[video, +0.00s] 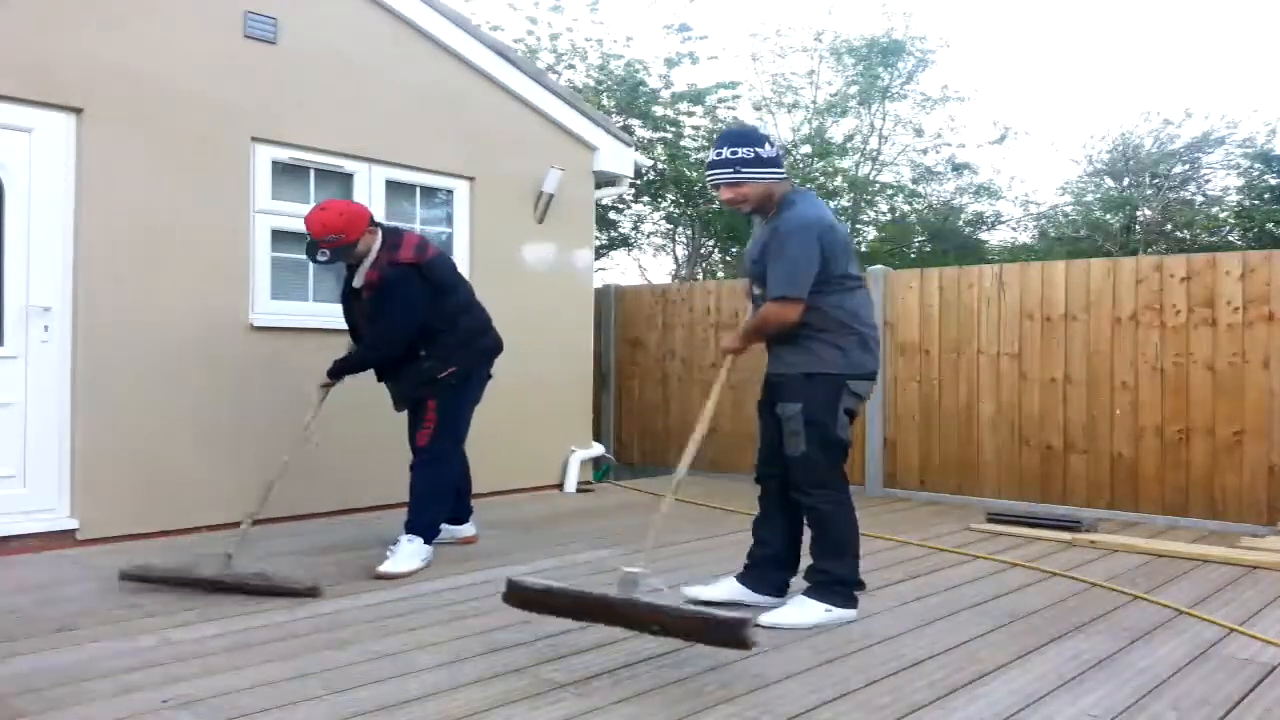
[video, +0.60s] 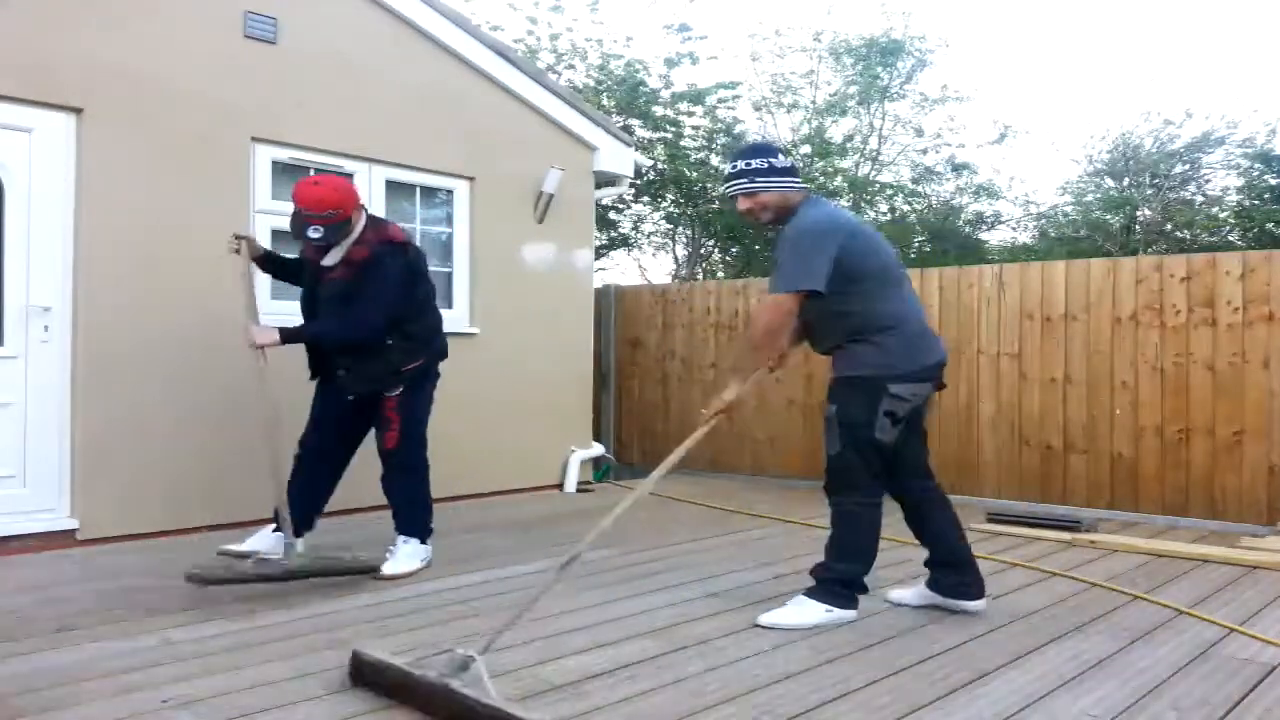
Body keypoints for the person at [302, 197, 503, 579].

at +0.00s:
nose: (338, 259)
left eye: (341, 252)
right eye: (334, 253)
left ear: (362, 237)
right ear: (362, 235)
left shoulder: (398, 269)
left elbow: (390, 341)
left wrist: (341, 368)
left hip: (455, 356)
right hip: (433, 356)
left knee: (429, 446)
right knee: (441, 440)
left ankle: (417, 540)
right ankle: (457, 521)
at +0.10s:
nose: (335, 256)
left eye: (338, 248)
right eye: (331, 250)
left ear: (361, 232)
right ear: (356, 232)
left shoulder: (397, 266)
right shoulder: (366, 252)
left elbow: (379, 339)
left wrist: (326, 369)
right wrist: (357, 325)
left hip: (454, 354)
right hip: (426, 354)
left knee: (424, 444)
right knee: (433, 439)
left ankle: (417, 541)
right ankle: (455, 519)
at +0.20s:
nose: (334, 252)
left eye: (337, 243)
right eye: (329, 246)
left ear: (359, 228)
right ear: (356, 226)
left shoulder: (396, 263)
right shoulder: (367, 244)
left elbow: (373, 334)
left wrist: (318, 362)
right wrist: (347, 295)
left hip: (449, 357)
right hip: (413, 357)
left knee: (423, 445)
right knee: (415, 442)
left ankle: (416, 541)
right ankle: (452, 516)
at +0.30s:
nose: (331, 246)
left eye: (334, 238)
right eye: (326, 240)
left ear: (357, 221)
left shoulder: (395, 255)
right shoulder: (365, 237)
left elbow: (368, 325)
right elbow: (366, 274)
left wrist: (298, 349)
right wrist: (329, 271)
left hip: (438, 359)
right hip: (396, 360)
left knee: (418, 444)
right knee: (375, 438)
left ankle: (418, 539)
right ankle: (432, 508)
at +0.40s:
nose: (326, 247)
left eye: (332, 238)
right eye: (321, 240)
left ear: (356, 221)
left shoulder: (392, 255)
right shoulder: (360, 235)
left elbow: (357, 326)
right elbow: (349, 265)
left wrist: (283, 338)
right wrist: (312, 258)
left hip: (428, 361)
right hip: (384, 360)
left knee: (413, 444)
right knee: (353, 436)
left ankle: (417, 540)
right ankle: (385, 519)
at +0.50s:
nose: (322, 243)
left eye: (329, 234)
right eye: (317, 235)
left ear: (353, 220)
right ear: (316, 222)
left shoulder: (387, 255)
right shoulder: (351, 240)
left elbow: (358, 327)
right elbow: (335, 273)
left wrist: (282, 333)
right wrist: (289, 255)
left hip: (419, 360)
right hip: (371, 358)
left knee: (406, 447)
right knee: (339, 440)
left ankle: (416, 540)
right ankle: (329, 529)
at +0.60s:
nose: (318, 246)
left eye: (326, 237)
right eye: (312, 238)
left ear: (351, 222)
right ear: (304, 222)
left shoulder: (389, 254)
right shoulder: (326, 242)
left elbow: (364, 323)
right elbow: (313, 276)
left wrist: (285, 335)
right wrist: (263, 258)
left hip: (404, 365)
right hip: (350, 364)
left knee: (401, 451)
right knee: (320, 448)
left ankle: (414, 540)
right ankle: (286, 532)